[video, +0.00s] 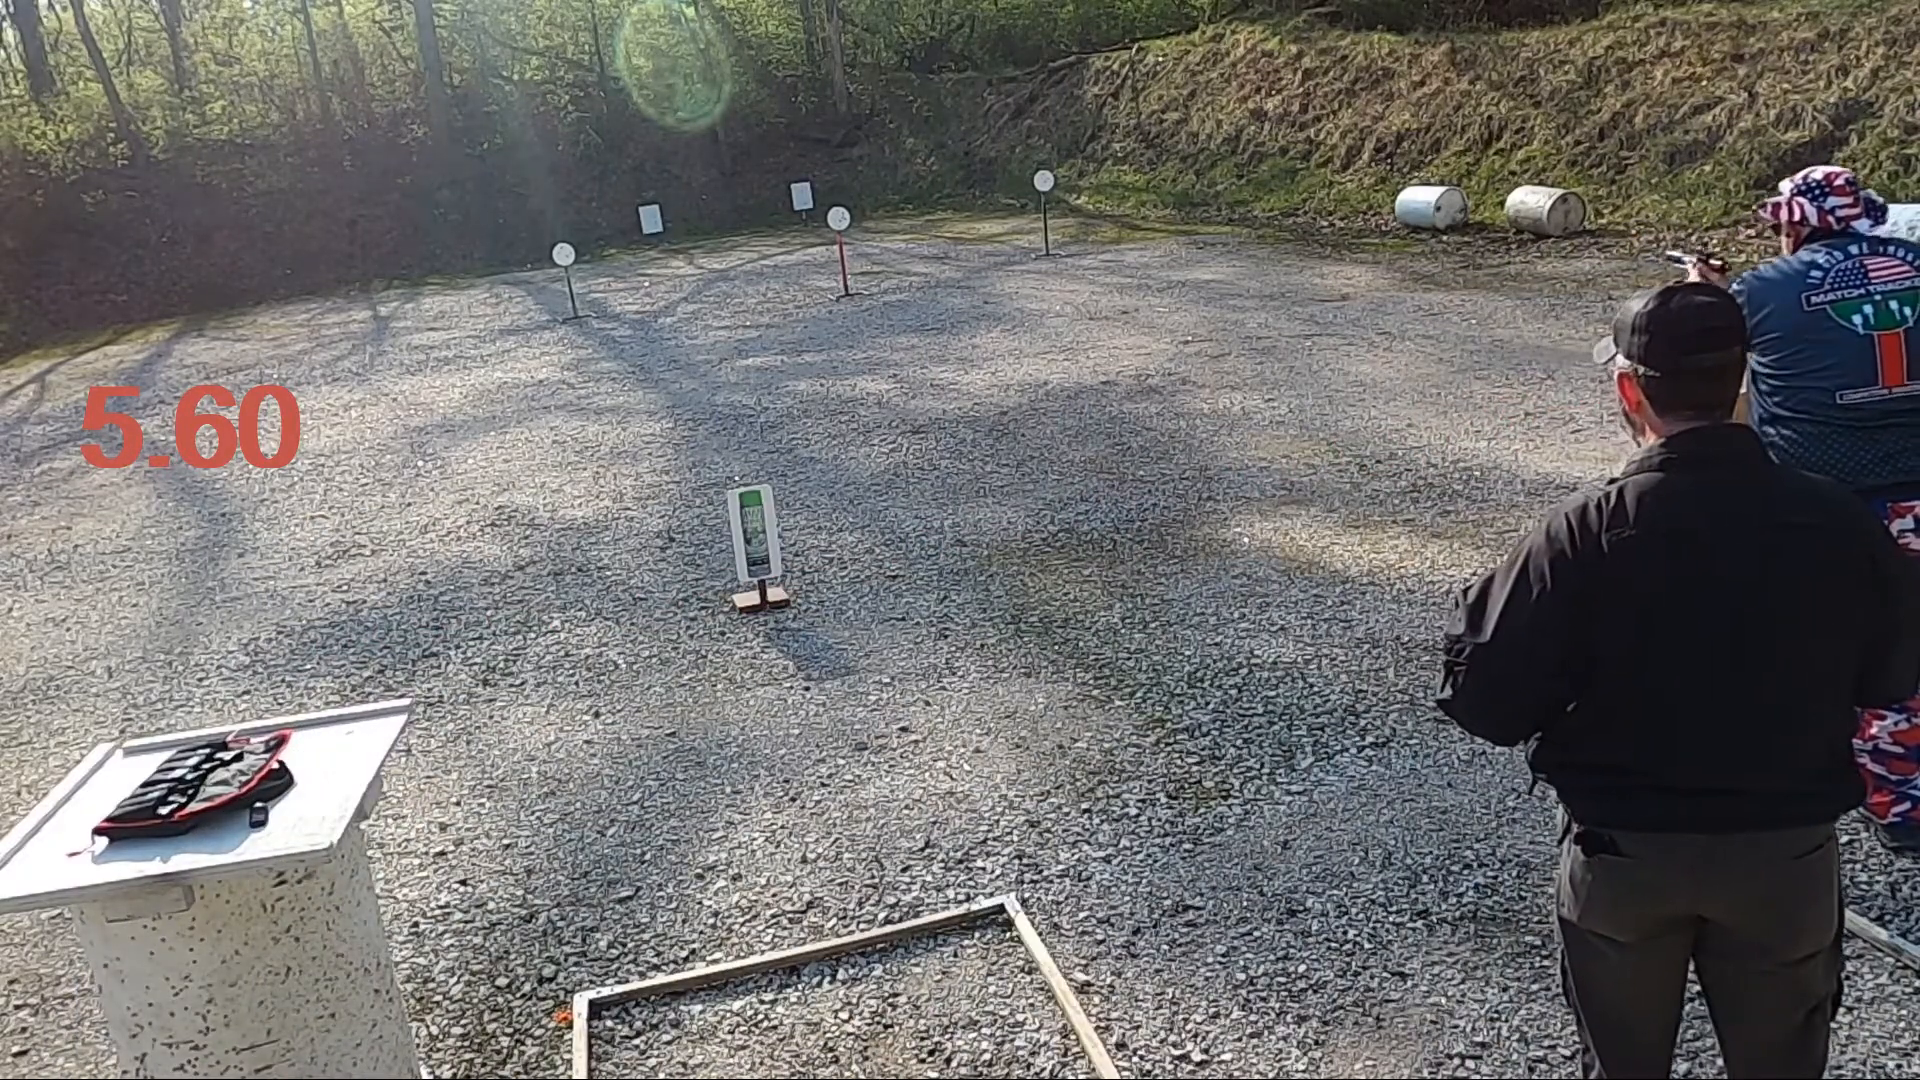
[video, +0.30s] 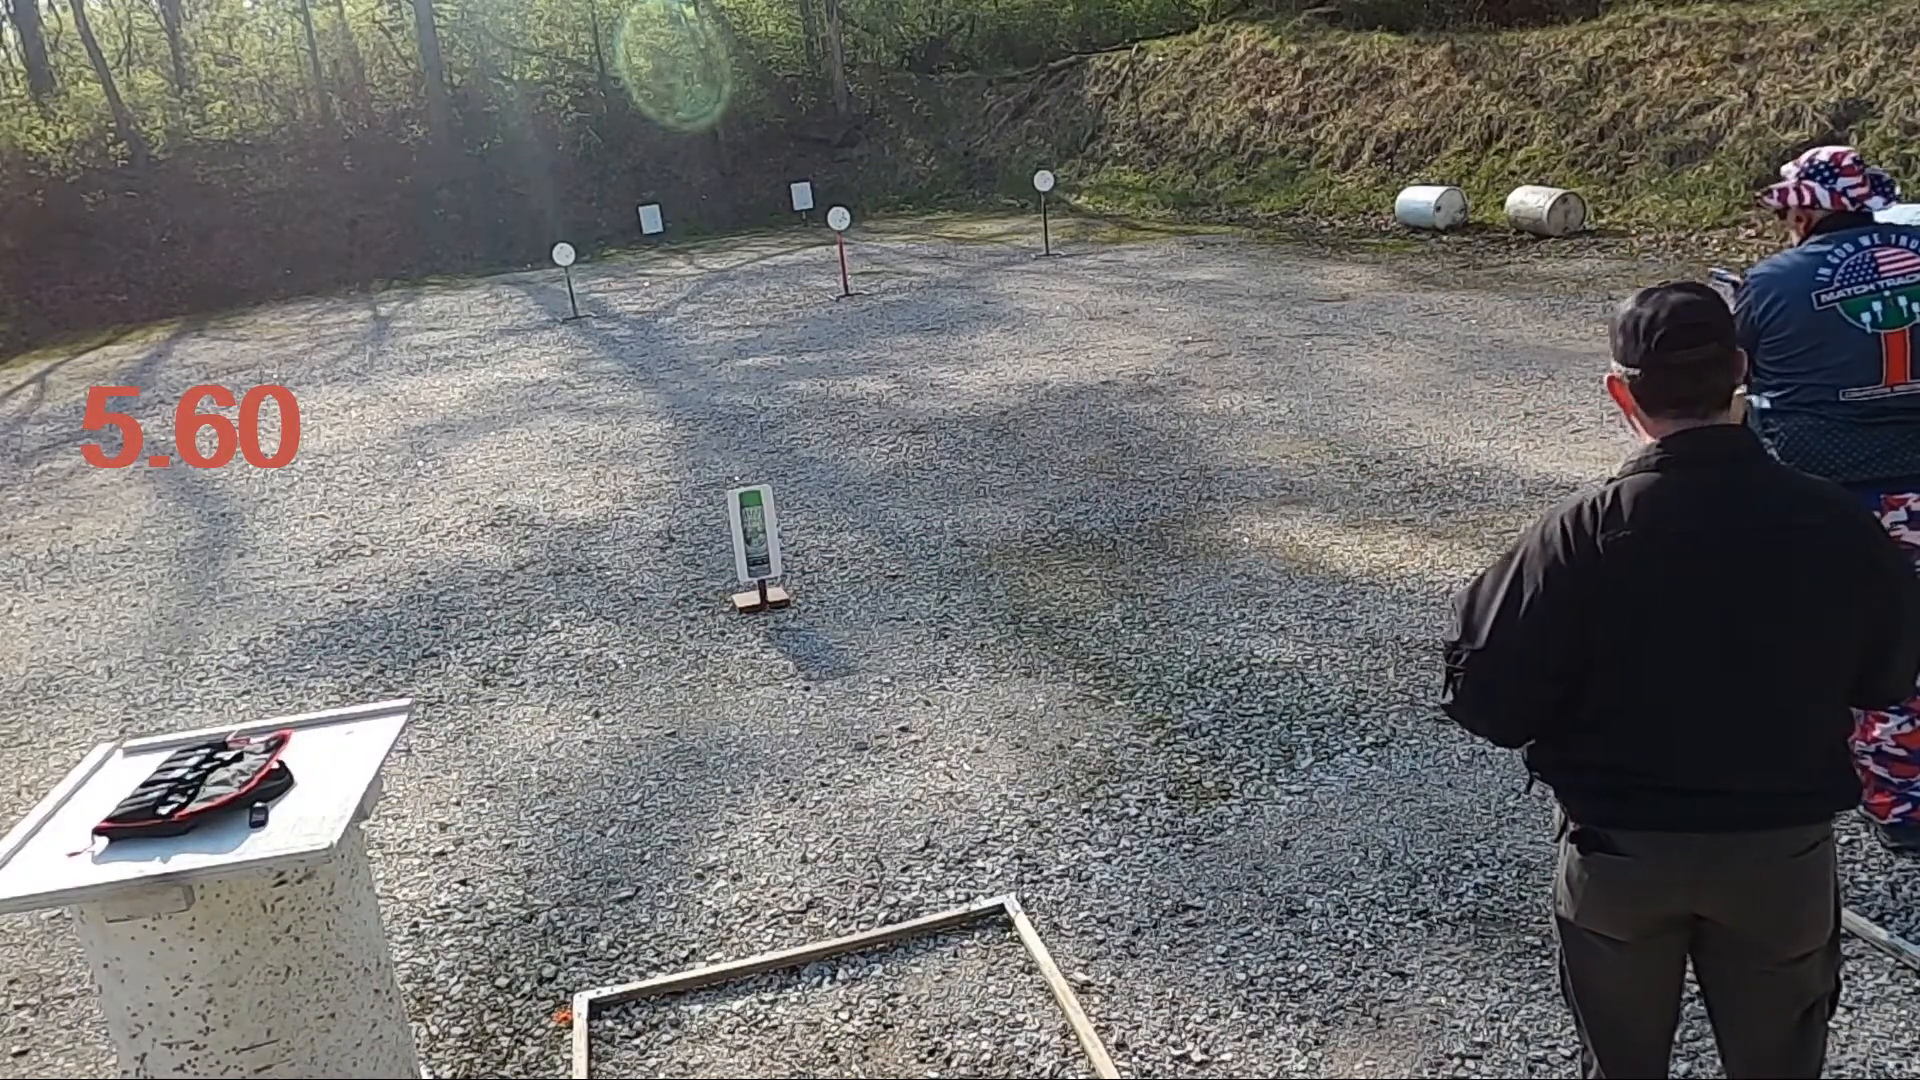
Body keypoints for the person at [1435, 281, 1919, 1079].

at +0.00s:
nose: (1616, 388)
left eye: (1618, 375)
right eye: (1620, 372)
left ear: (1631, 393)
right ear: (1739, 380)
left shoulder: (1584, 533)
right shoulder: (1843, 524)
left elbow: (1486, 703)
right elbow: (1894, 677)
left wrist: (1481, 614)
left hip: (1625, 869)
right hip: (1785, 870)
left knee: (1624, 1067)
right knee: (1782, 1069)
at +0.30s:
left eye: (1616, 381)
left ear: (1623, 397)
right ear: (1740, 375)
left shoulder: (1580, 537)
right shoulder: (1838, 523)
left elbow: (1487, 697)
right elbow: (1891, 675)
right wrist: (1788, 643)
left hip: (1620, 868)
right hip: (1781, 870)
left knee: (1624, 1066)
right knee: (1780, 1068)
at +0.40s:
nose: (1608, 407)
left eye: (1608, 392)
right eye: (1610, 389)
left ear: (1623, 398)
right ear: (1732, 382)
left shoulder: (1582, 537)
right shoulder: (1838, 523)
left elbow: (1484, 693)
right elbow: (1890, 675)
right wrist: (1785, 639)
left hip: (1619, 868)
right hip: (1780, 870)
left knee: (1621, 1067)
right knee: (1779, 1068)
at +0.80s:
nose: (1596, 416)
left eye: (1594, 399)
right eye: (1595, 399)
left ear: (1614, 400)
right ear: (1711, 382)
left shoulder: (1573, 539)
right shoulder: (1832, 519)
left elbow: (1485, 690)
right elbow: (1897, 666)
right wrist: (1792, 663)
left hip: (1619, 868)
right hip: (1780, 869)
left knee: (1625, 1066)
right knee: (1780, 1067)